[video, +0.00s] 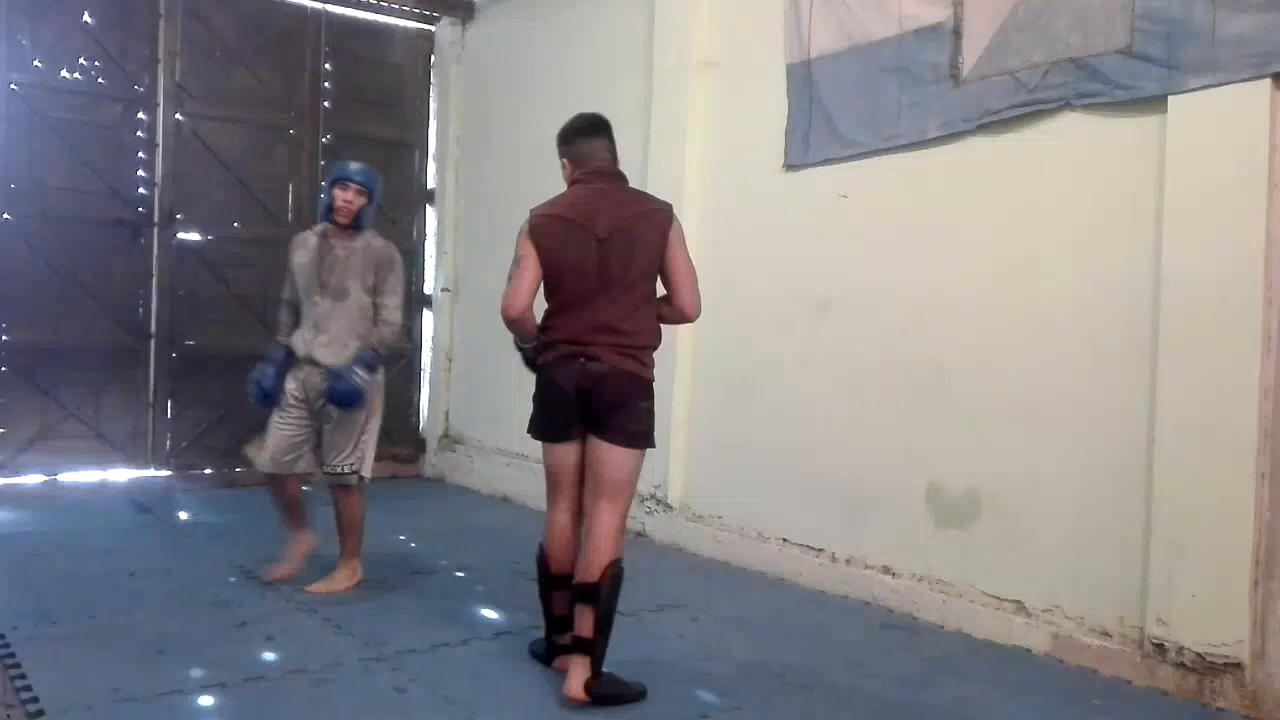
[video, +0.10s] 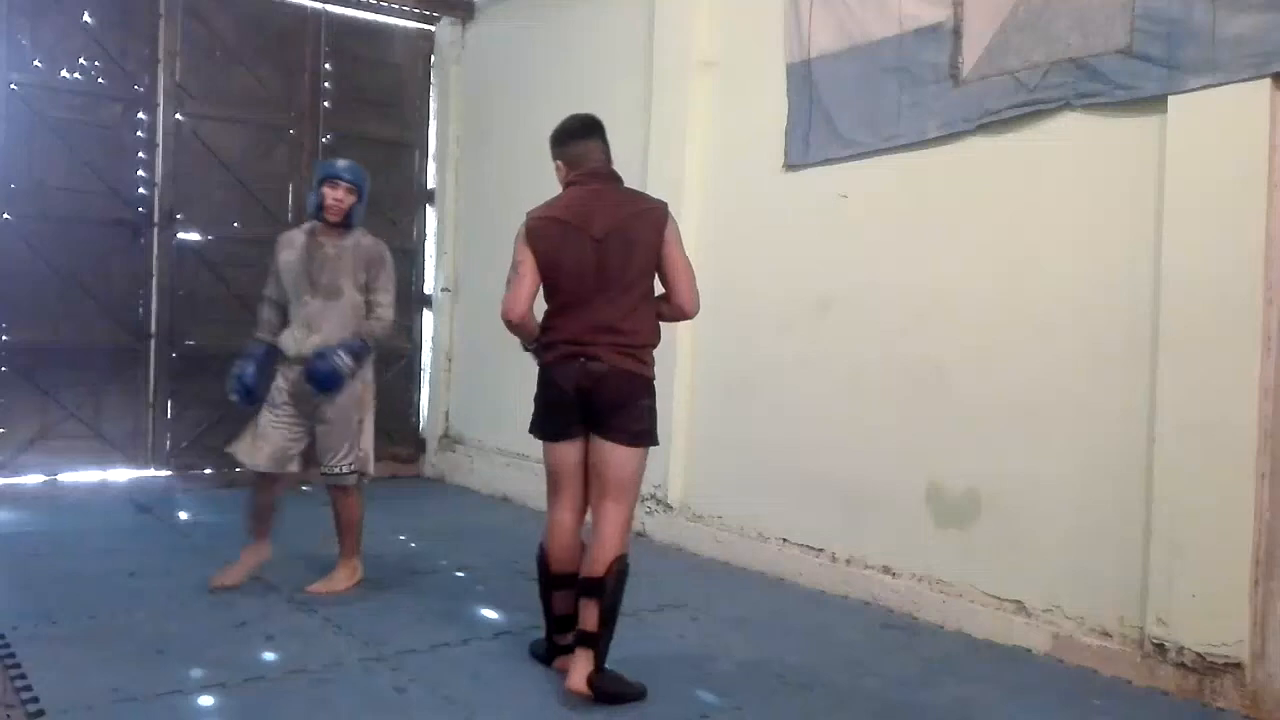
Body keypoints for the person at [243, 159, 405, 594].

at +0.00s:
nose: (347, 199)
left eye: (357, 193)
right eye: (341, 188)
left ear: (368, 202)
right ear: (328, 193)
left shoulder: (382, 254)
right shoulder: (303, 245)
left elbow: (390, 324)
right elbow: (290, 311)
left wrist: (361, 367)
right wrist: (276, 361)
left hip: (352, 379)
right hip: (302, 373)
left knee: (343, 473)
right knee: (275, 461)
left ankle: (349, 567)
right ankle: (299, 536)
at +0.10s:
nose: (338, 197)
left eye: (348, 191)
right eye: (331, 187)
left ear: (357, 200)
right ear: (318, 191)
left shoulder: (372, 251)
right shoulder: (290, 243)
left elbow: (382, 317)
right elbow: (272, 308)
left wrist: (347, 355)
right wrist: (256, 358)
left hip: (344, 376)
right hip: (290, 371)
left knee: (341, 472)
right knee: (267, 461)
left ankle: (349, 563)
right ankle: (257, 547)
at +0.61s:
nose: (270, 169)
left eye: (276, 162)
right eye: (260, 160)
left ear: (281, 173)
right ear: (237, 163)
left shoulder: (282, 228)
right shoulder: (195, 210)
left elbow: (283, 281)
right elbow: (151, 262)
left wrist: (285, 307)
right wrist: (150, 322)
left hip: (258, 351)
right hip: (196, 350)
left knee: (282, 449)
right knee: (188, 466)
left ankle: (279, 533)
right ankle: (176, 564)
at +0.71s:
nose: (260, 173)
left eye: (266, 165)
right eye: (250, 163)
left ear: (271, 175)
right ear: (226, 167)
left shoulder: (268, 226)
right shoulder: (187, 211)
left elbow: (272, 276)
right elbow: (129, 257)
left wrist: (274, 305)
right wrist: (136, 321)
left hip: (247, 353)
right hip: (190, 353)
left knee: (269, 453)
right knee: (181, 468)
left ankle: (242, 540)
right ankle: (163, 569)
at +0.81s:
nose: (251, 196)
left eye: (255, 188)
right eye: (241, 186)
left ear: (258, 198)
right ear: (215, 190)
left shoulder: (253, 250)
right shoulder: (182, 239)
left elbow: (262, 305)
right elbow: (112, 283)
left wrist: (270, 329)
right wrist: (128, 345)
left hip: (236, 383)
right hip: (181, 381)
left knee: (253, 472)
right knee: (175, 488)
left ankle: (209, 549)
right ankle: (158, 580)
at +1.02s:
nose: (251, 166)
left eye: (254, 159)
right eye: (241, 157)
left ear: (255, 169)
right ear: (215, 161)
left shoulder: (245, 221)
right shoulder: (179, 204)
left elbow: (230, 280)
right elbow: (136, 265)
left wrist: (254, 299)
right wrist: (192, 305)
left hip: (236, 350)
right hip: (186, 351)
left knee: (219, 459)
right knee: (175, 461)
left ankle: (191, 546)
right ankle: (152, 564)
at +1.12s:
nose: (251, 164)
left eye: (254, 156)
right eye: (241, 154)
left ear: (255, 167)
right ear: (214, 159)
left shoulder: (244, 216)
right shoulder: (183, 204)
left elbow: (233, 279)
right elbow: (146, 270)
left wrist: (265, 297)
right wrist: (214, 288)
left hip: (237, 352)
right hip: (189, 349)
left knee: (220, 465)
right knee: (177, 464)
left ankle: (197, 557)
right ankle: (141, 565)